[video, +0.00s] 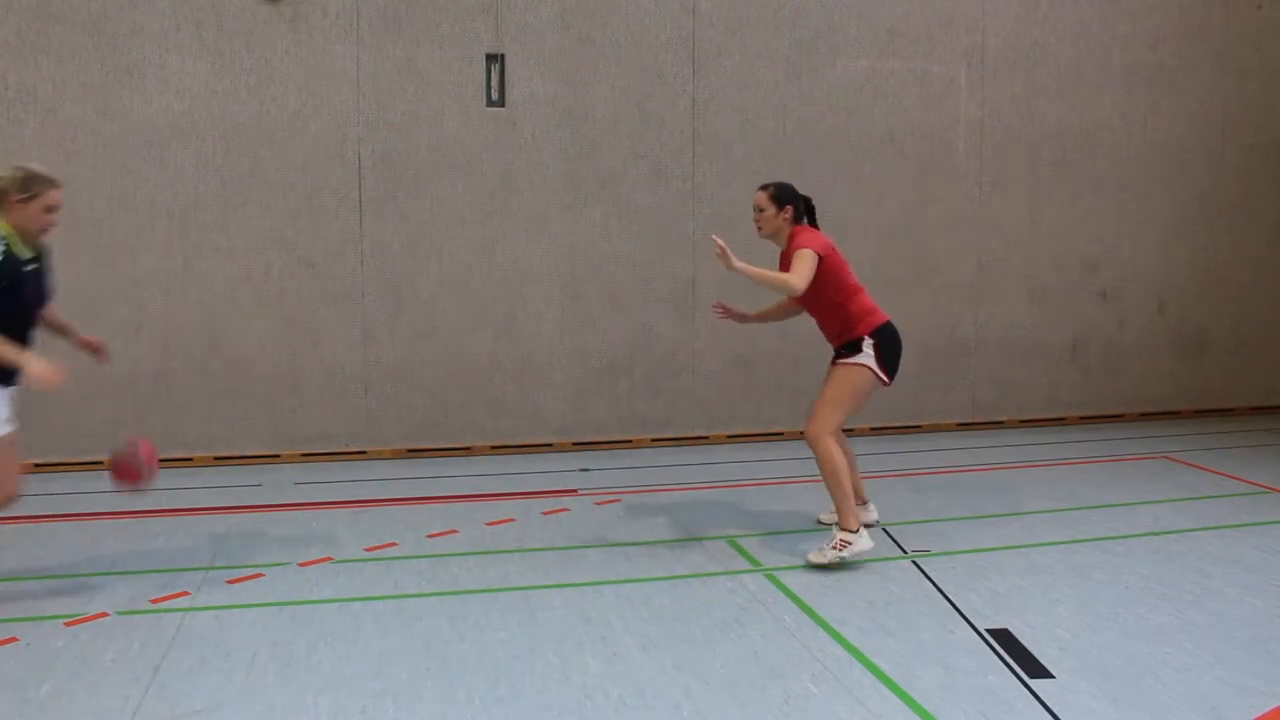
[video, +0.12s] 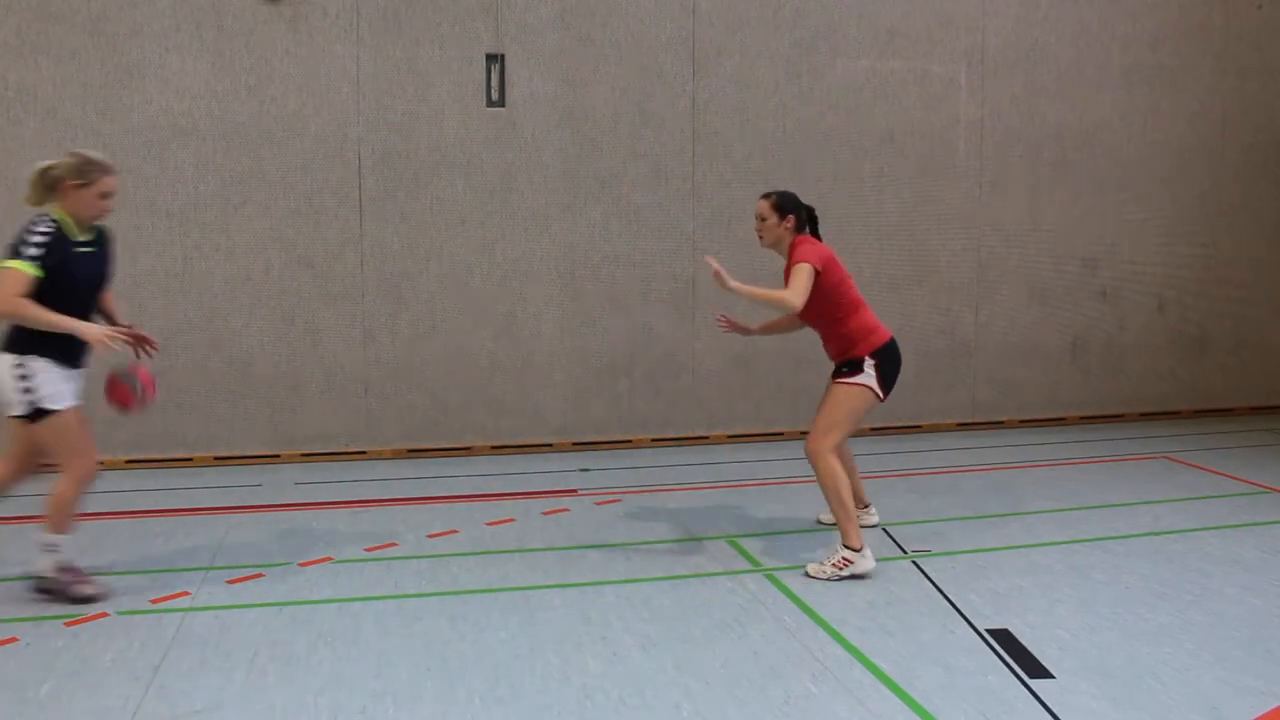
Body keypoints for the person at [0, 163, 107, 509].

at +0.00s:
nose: (53, 220)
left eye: (56, 211)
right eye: (48, 210)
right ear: (15, 205)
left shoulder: (33, 250)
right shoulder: (2, 253)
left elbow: (36, 309)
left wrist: (77, 338)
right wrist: (27, 361)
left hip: (8, 383)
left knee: (8, 487)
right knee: (6, 488)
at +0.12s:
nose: (109, 205)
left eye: (112, 197)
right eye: (103, 196)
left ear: (80, 194)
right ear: (71, 191)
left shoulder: (97, 237)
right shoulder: (41, 232)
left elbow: (96, 291)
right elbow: (10, 302)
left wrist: (122, 327)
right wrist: (81, 328)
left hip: (62, 366)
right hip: (30, 364)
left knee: (20, 462)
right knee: (81, 462)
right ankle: (49, 564)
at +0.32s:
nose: (224, 228)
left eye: (223, 219)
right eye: (215, 220)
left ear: (190, 227)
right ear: (185, 226)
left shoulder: (194, 276)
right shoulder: (173, 277)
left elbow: (188, 345)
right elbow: (155, 353)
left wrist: (219, 379)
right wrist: (216, 372)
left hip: (171, 396)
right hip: (135, 399)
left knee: (233, 451)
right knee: (154, 502)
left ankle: (193, 537)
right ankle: (77, 574)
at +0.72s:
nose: (490, 172)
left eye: (490, 164)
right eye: (481, 164)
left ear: (480, 172)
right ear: (455, 170)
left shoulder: (484, 219)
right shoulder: (436, 213)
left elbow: (498, 274)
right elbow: (378, 228)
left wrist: (544, 308)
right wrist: (370, 172)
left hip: (486, 345)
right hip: (450, 347)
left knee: (510, 434)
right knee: (475, 444)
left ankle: (447, 501)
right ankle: (460, 545)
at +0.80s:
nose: (550, 186)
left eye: (550, 178)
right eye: (541, 178)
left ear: (539, 187)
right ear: (516, 184)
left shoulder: (541, 229)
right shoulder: (496, 225)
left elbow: (542, 290)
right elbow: (443, 240)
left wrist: (574, 321)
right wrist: (409, 182)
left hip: (542, 358)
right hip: (504, 363)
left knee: (586, 426)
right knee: (519, 460)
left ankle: (582, 516)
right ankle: (471, 549)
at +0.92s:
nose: (630, 206)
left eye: (628, 199)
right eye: (621, 200)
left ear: (608, 209)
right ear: (596, 208)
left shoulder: (618, 251)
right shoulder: (586, 247)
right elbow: (552, 259)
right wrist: (517, 206)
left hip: (634, 378)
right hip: (598, 380)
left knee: (686, 437)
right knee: (571, 471)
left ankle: (698, 525)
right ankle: (488, 535)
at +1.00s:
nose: (674, 208)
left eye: (673, 201)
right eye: (665, 202)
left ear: (658, 210)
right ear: (641, 210)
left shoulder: (662, 254)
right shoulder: (635, 249)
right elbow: (614, 262)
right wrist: (592, 209)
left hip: (677, 376)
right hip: (641, 380)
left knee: (726, 440)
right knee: (626, 472)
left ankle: (710, 522)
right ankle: (541, 529)